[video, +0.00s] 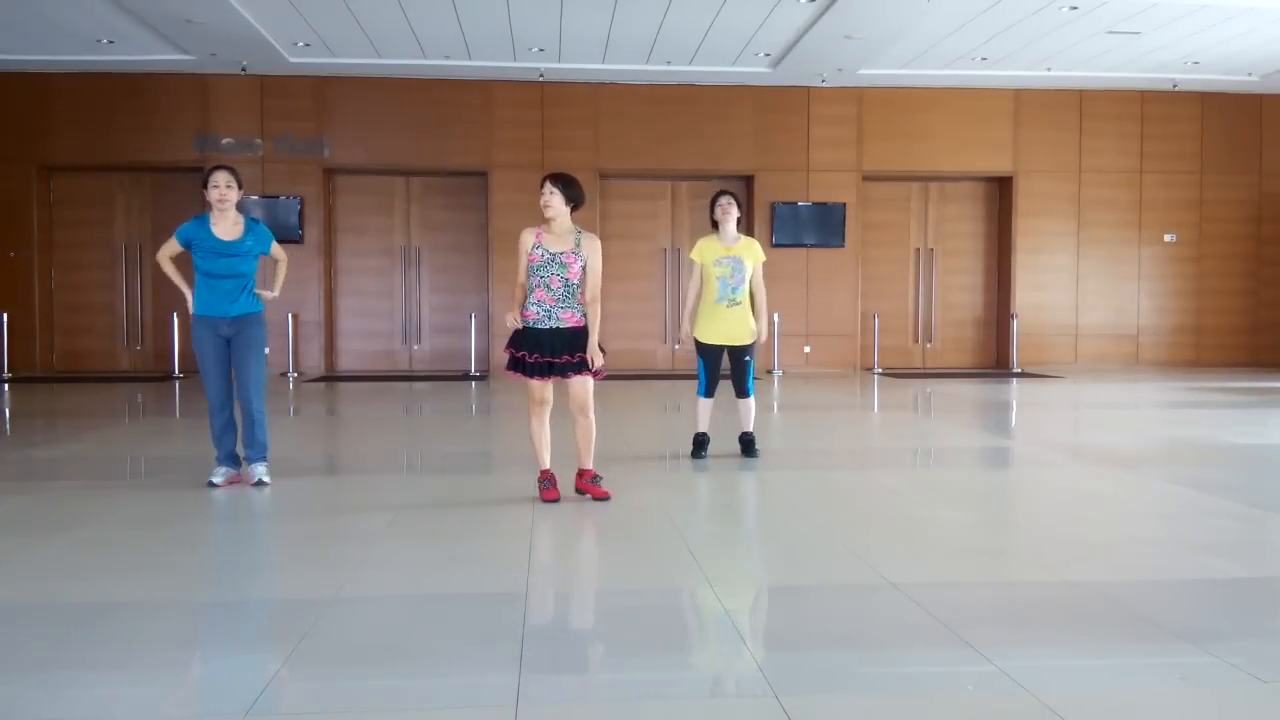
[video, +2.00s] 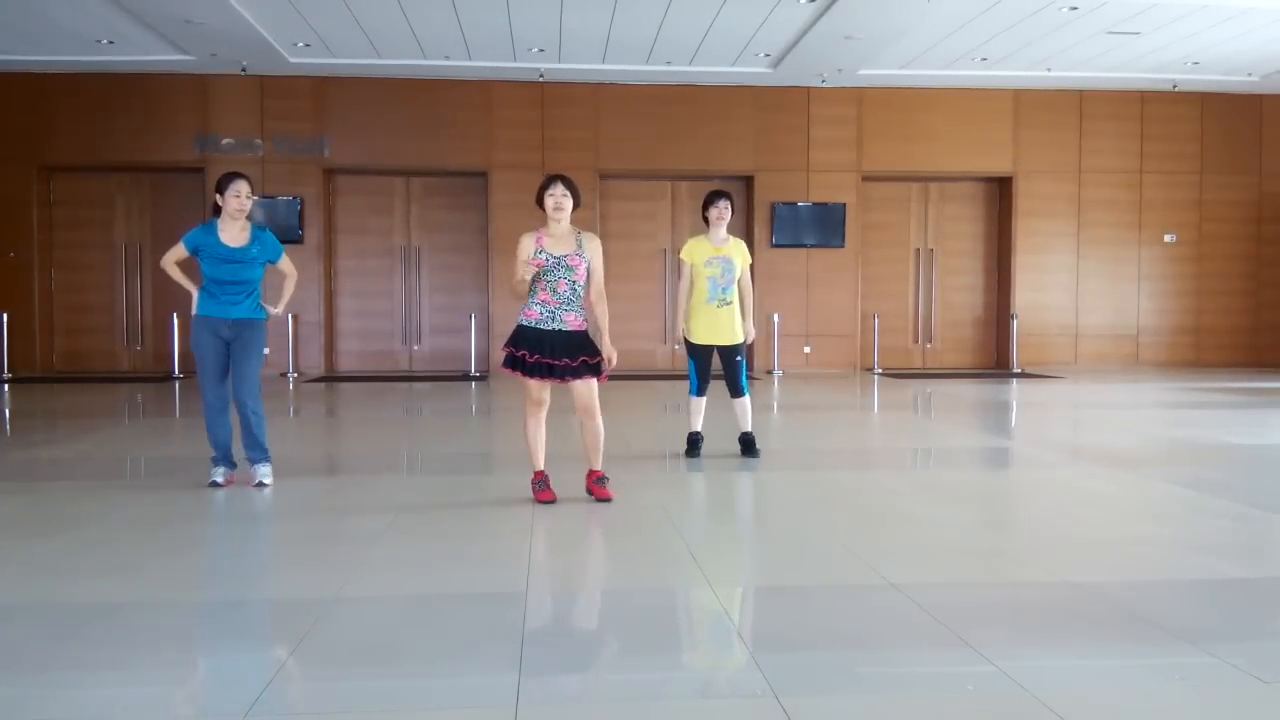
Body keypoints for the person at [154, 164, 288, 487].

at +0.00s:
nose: (222, 192)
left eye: (229, 186)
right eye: (215, 187)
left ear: (239, 193)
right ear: (207, 194)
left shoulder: (255, 230)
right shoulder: (195, 229)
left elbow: (282, 258)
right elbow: (162, 256)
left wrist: (275, 291)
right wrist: (187, 292)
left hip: (248, 320)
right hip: (207, 322)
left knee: (251, 395)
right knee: (217, 398)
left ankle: (258, 463)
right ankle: (227, 464)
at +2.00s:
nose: (243, 202)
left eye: (247, 197)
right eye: (236, 196)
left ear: (253, 201)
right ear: (220, 199)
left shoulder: (262, 237)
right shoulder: (203, 234)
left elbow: (291, 274)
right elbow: (166, 261)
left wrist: (280, 307)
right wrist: (193, 289)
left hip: (250, 324)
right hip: (208, 324)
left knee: (247, 396)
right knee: (214, 397)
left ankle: (260, 463)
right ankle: (222, 464)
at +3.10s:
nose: (263, 200)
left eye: (262, 194)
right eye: (257, 194)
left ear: (250, 198)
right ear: (237, 197)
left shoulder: (266, 234)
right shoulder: (212, 234)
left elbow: (282, 270)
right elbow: (172, 266)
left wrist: (287, 297)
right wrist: (206, 293)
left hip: (269, 321)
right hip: (229, 323)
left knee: (270, 396)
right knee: (230, 398)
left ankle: (269, 464)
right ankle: (217, 465)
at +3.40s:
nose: (253, 198)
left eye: (253, 192)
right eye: (247, 193)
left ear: (243, 197)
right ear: (227, 196)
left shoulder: (258, 234)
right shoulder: (201, 230)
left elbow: (281, 268)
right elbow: (159, 260)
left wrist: (282, 297)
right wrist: (192, 289)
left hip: (252, 322)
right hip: (211, 323)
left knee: (258, 394)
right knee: (215, 397)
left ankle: (267, 464)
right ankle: (216, 466)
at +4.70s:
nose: (246, 202)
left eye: (248, 196)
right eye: (239, 196)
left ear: (249, 198)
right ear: (220, 198)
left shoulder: (259, 234)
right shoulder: (200, 235)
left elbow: (273, 279)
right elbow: (168, 268)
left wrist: (291, 318)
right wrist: (200, 292)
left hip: (259, 323)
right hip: (219, 325)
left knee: (255, 396)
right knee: (221, 395)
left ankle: (250, 462)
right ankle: (221, 464)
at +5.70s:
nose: (201, 202)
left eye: (207, 196)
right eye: (194, 196)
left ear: (216, 200)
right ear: (183, 201)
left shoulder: (224, 240)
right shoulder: (168, 231)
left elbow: (226, 289)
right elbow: (139, 258)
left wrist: (217, 331)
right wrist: (153, 288)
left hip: (198, 322)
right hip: (161, 322)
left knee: (207, 395)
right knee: (169, 397)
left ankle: (234, 462)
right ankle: (182, 466)